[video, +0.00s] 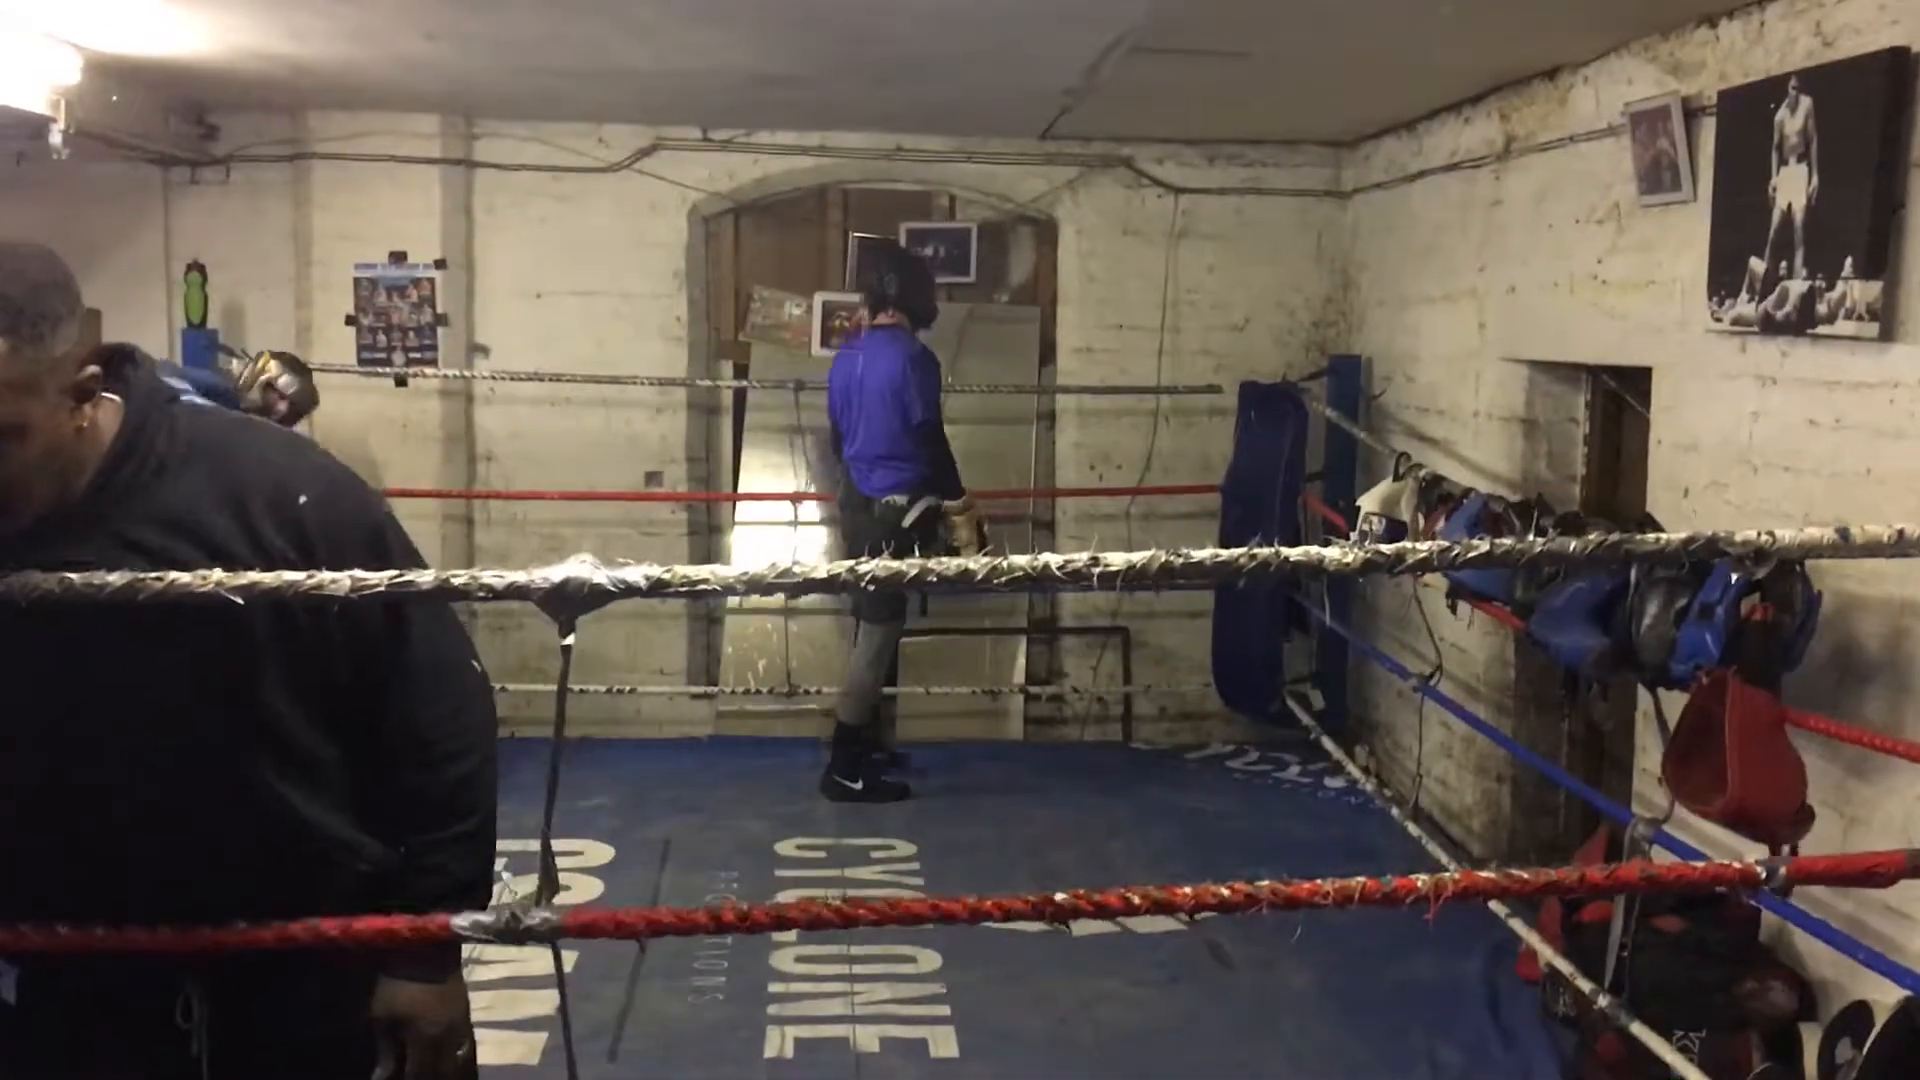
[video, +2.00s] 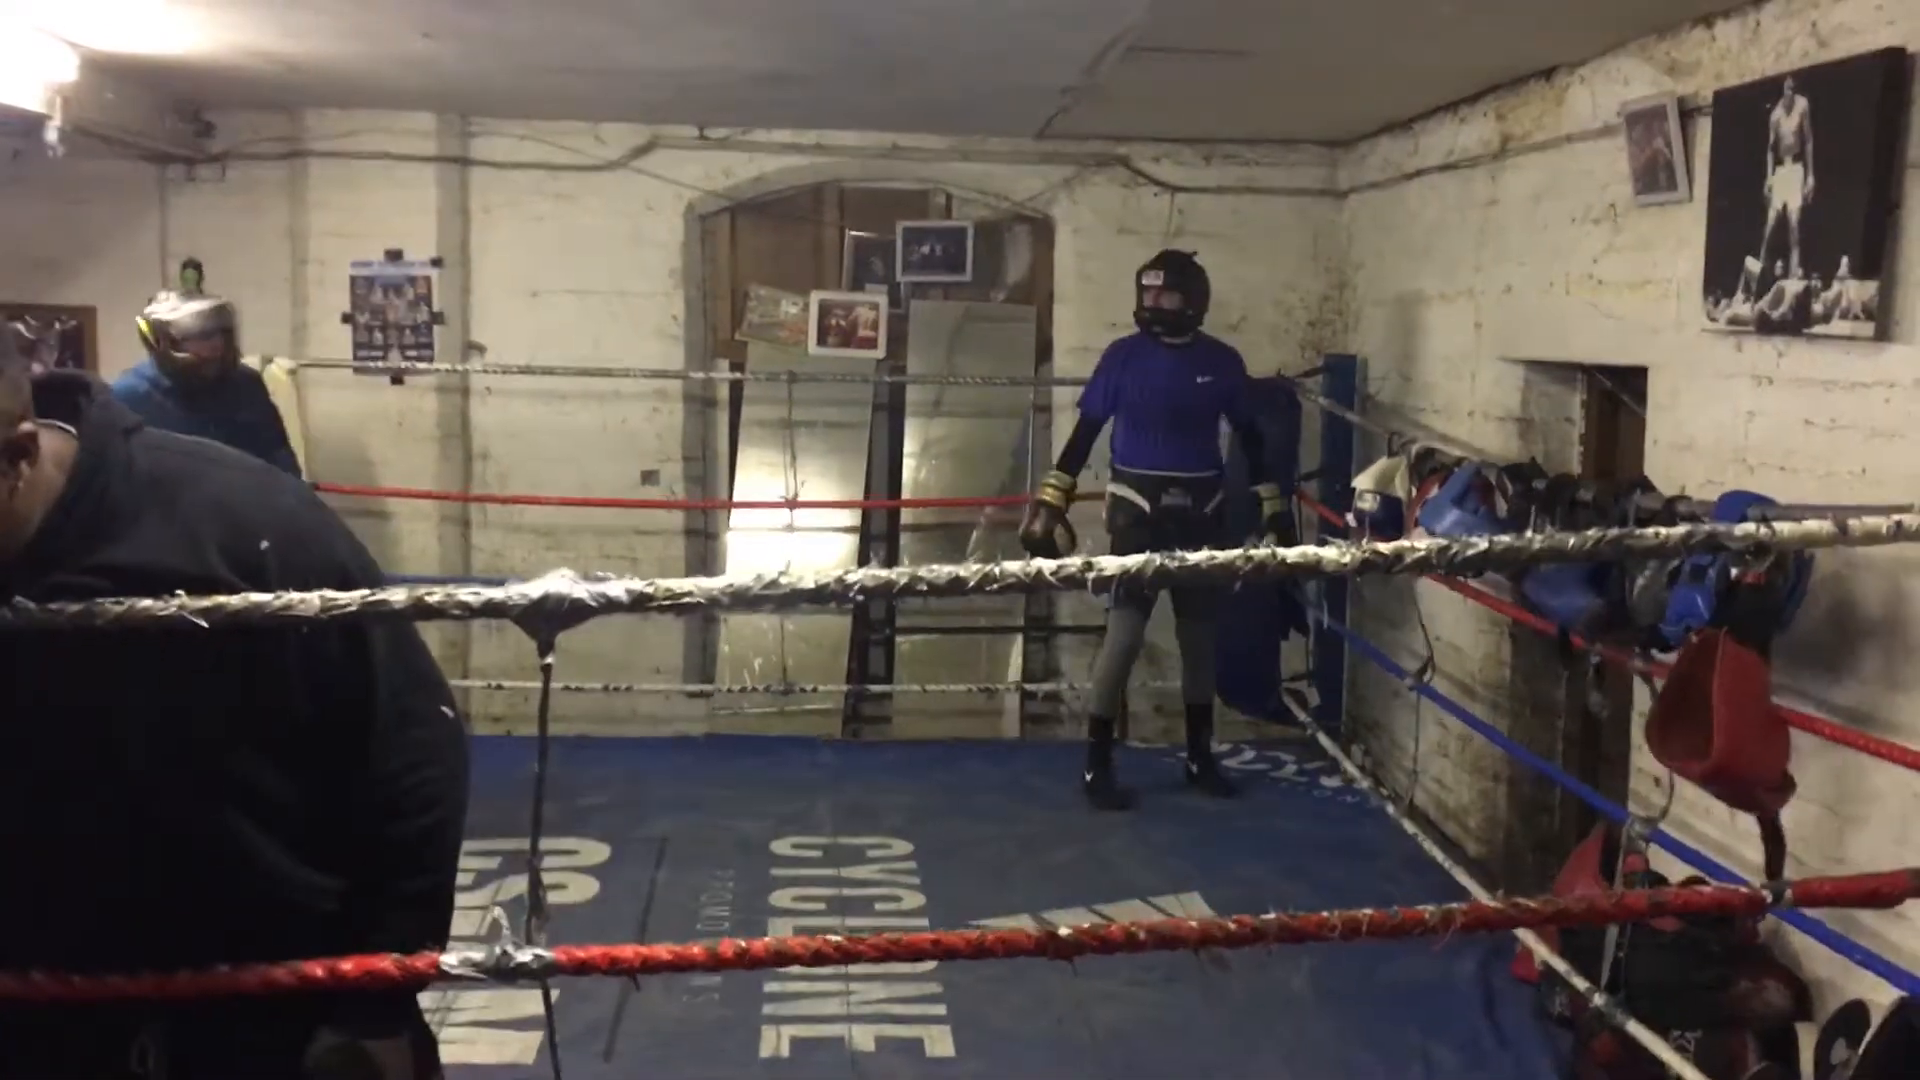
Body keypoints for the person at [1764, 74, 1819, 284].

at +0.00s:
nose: (1793, 93)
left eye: (1797, 89)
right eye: (1792, 88)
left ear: (1801, 90)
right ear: (1787, 89)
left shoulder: (1806, 104)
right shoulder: (1780, 114)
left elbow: (1813, 138)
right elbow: (1775, 146)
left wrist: (1815, 175)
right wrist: (1774, 176)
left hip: (1801, 166)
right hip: (1784, 167)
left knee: (1799, 222)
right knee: (1775, 224)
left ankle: (1798, 272)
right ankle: (1766, 272)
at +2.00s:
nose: (1789, 92)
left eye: (1792, 89)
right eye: (1787, 88)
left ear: (1796, 89)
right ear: (1783, 89)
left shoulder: (1802, 105)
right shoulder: (1775, 112)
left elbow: (1808, 139)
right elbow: (1770, 146)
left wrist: (1810, 175)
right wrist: (1768, 176)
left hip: (1796, 165)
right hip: (1779, 166)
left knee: (1794, 218)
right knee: (1772, 217)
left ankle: (1794, 264)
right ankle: (1762, 260)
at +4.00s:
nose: (1789, 93)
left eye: (1792, 89)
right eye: (1787, 88)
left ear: (1797, 90)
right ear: (1783, 88)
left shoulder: (1802, 104)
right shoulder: (1775, 114)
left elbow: (1808, 139)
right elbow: (1771, 146)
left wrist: (1810, 175)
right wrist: (1769, 175)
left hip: (1797, 163)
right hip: (1779, 165)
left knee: (1794, 220)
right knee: (1771, 220)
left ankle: (1793, 269)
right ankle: (1762, 267)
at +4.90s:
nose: (1788, 92)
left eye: (1792, 89)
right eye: (1787, 88)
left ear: (1796, 90)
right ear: (1783, 88)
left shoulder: (1801, 104)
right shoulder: (1775, 114)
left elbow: (1809, 138)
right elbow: (1771, 146)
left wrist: (1810, 175)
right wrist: (1769, 175)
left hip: (1797, 163)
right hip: (1779, 165)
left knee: (1794, 221)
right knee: (1770, 222)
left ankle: (1793, 271)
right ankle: (1761, 269)